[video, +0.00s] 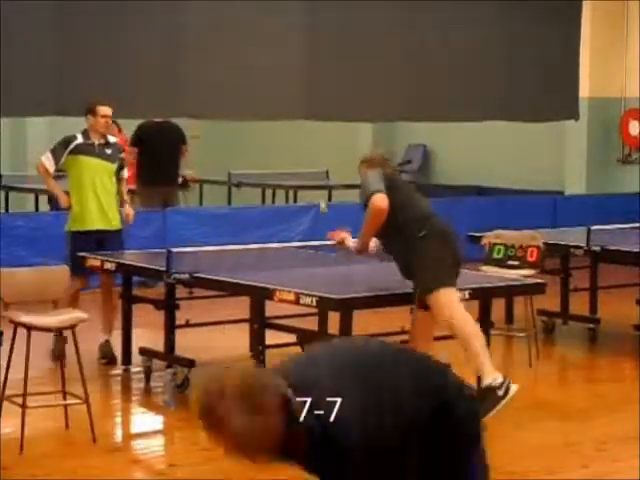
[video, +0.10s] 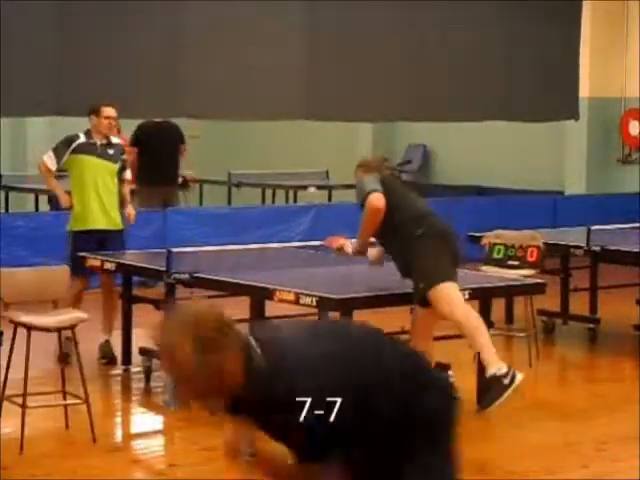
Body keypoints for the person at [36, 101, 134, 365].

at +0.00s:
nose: (108, 121)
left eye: (110, 117)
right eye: (103, 117)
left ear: (110, 122)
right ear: (89, 118)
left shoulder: (116, 148)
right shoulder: (73, 141)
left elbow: (121, 181)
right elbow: (44, 165)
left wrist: (126, 203)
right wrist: (58, 193)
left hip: (110, 223)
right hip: (81, 223)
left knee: (109, 284)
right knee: (77, 284)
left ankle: (107, 340)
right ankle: (61, 335)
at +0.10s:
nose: (112, 123)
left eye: (114, 119)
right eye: (108, 118)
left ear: (116, 123)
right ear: (93, 120)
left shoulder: (119, 149)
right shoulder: (75, 141)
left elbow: (124, 181)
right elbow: (46, 164)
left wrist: (128, 204)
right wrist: (60, 193)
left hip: (112, 224)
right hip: (83, 223)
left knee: (110, 283)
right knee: (78, 284)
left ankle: (107, 339)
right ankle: (67, 338)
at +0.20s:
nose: (116, 123)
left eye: (118, 120)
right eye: (111, 119)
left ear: (119, 124)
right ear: (97, 120)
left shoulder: (122, 149)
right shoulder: (78, 141)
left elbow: (127, 182)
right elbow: (49, 164)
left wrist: (130, 205)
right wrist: (61, 193)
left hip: (113, 224)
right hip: (84, 223)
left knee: (111, 286)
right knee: (80, 286)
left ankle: (106, 340)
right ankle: (72, 340)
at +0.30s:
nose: (118, 125)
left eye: (120, 122)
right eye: (113, 120)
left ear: (120, 125)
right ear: (98, 121)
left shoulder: (123, 151)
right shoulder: (78, 142)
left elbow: (129, 185)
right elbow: (49, 165)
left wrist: (122, 207)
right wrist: (61, 192)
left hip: (112, 224)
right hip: (83, 223)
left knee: (111, 284)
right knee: (80, 286)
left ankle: (107, 339)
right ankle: (74, 340)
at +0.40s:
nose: (118, 128)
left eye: (121, 124)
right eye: (114, 122)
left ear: (122, 127)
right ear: (100, 122)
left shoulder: (123, 151)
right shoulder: (78, 142)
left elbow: (138, 181)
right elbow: (49, 162)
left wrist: (123, 201)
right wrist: (61, 193)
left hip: (113, 224)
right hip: (82, 222)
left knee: (112, 286)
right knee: (80, 285)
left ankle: (107, 340)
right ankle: (75, 341)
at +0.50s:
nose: (119, 130)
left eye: (122, 126)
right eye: (115, 125)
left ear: (122, 127)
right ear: (100, 122)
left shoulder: (121, 152)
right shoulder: (78, 146)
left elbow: (131, 186)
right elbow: (49, 163)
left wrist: (135, 218)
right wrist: (60, 187)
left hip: (111, 228)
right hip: (80, 225)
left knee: (114, 292)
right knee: (79, 287)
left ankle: (111, 339)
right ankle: (75, 341)